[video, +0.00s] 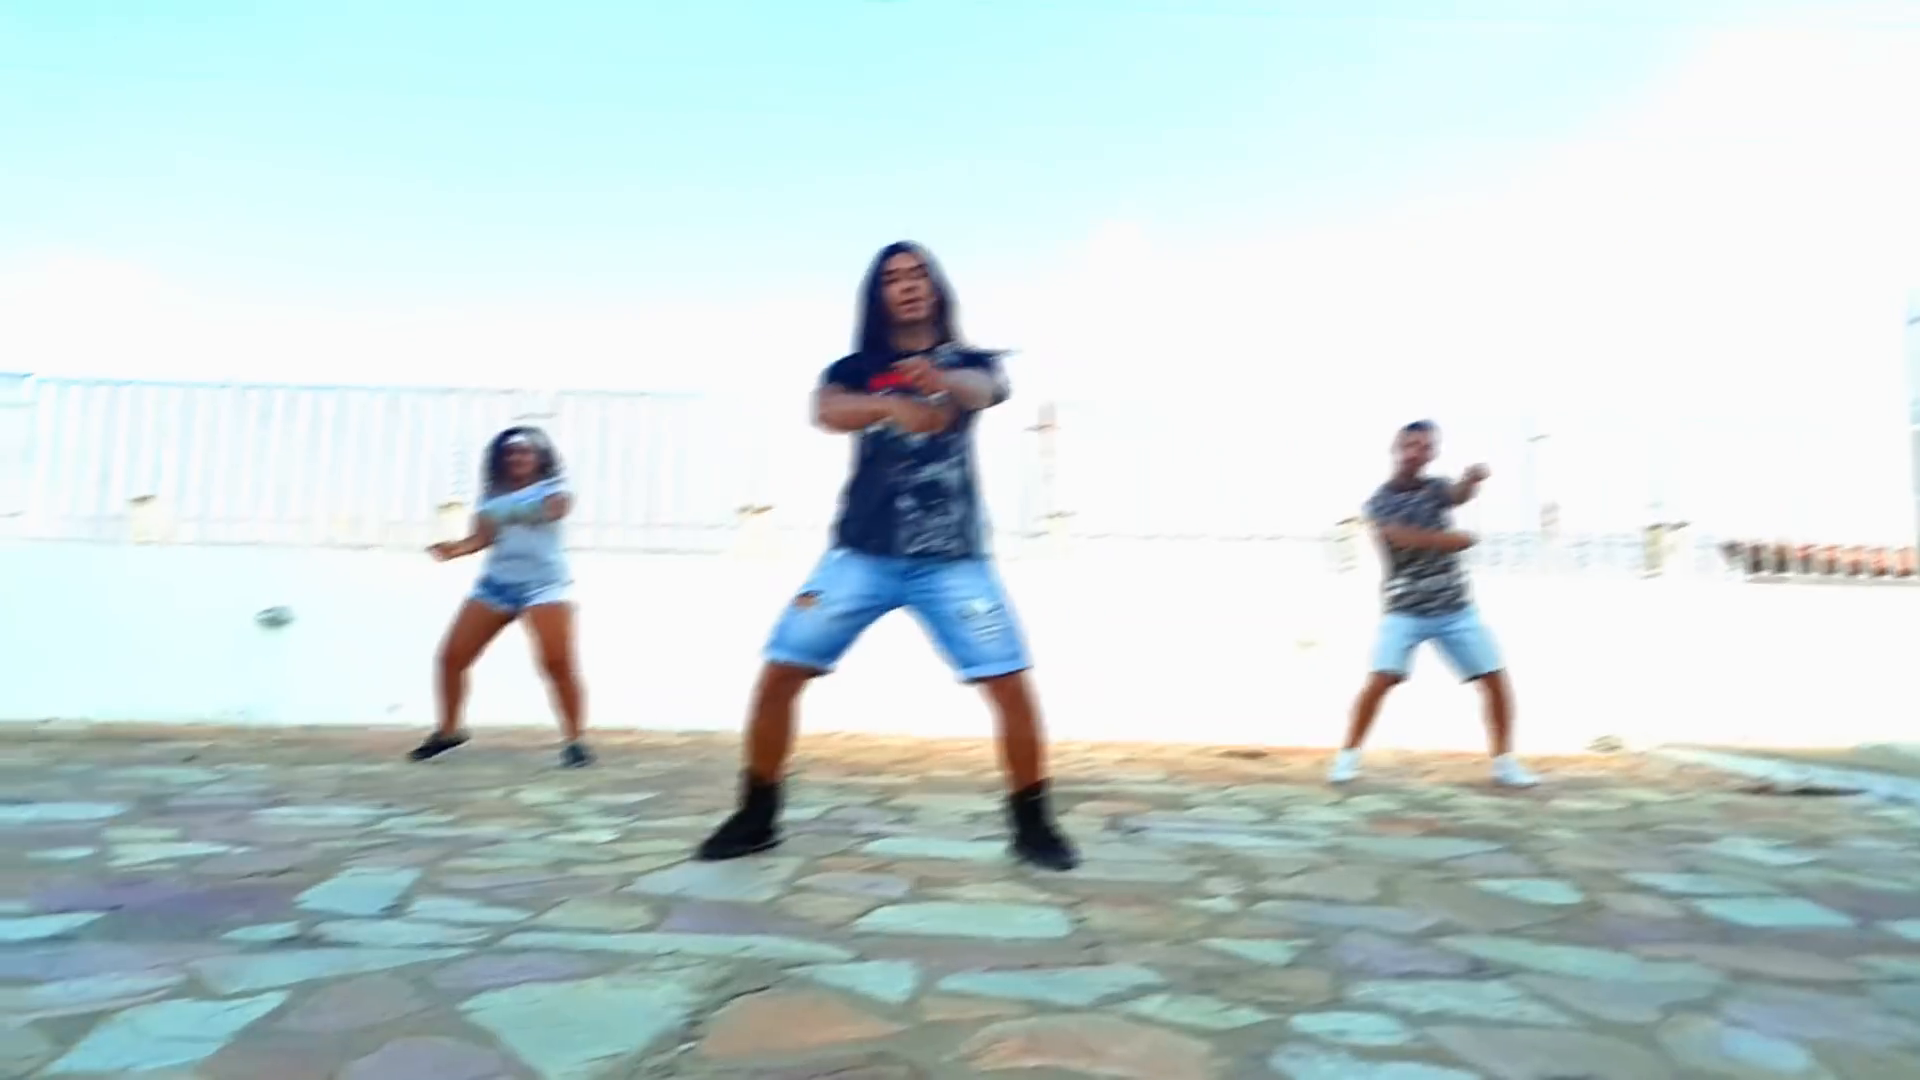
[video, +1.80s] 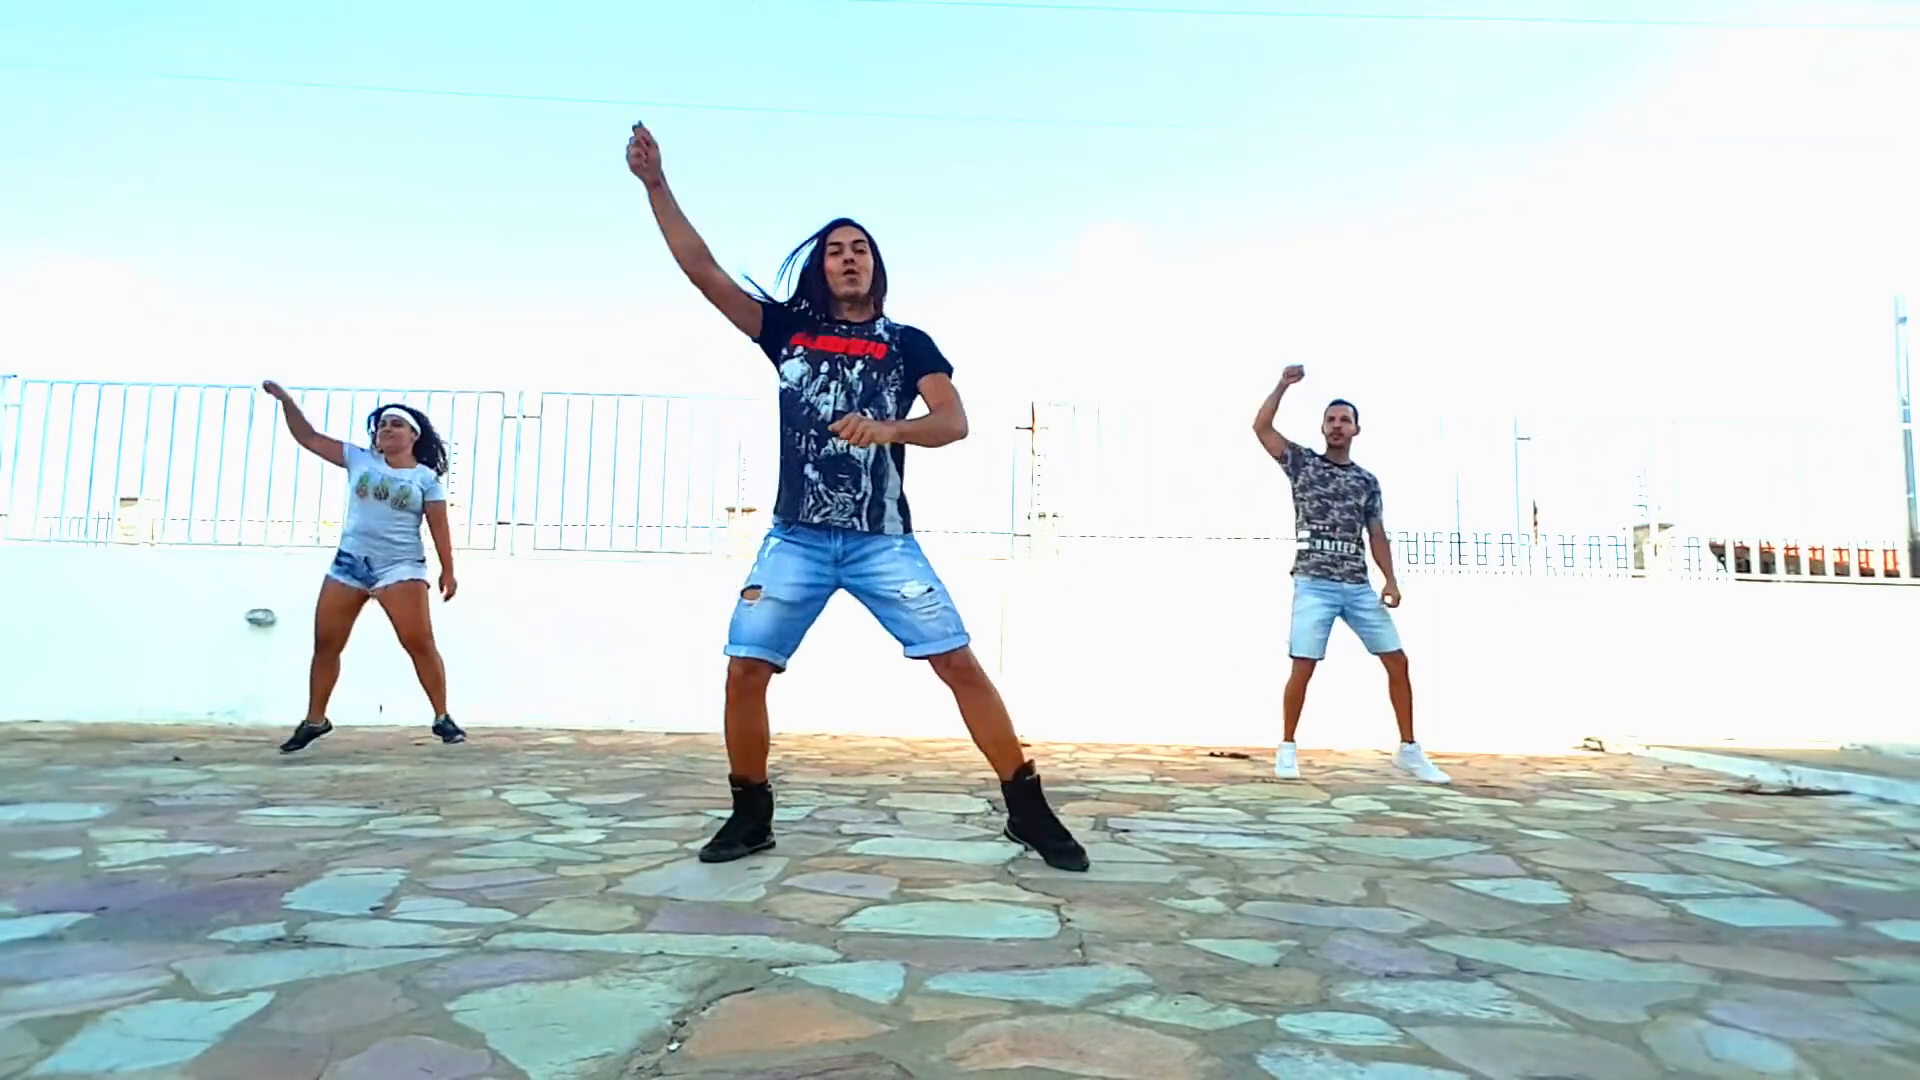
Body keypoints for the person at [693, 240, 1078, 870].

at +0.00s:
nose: (909, 288)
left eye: (918, 276)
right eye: (895, 280)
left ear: (938, 287)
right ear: (876, 298)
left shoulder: (969, 362)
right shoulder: (854, 369)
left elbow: (989, 388)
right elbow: (826, 411)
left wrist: (944, 380)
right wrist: (892, 408)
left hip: (953, 561)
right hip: (862, 558)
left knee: (1011, 684)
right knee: (779, 673)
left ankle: (1033, 824)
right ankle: (755, 816)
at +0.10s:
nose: (877, 284)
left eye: (885, 272)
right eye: (863, 276)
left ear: (904, 283)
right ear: (848, 291)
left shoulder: (933, 358)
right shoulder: (822, 358)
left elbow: (963, 398)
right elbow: (778, 403)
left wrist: (925, 396)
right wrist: (816, 382)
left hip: (916, 551)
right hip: (828, 548)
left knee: (981, 674)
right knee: (760, 670)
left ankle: (1019, 820)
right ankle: (744, 820)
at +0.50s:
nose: (787, 280)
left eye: (796, 269)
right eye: (773, 273)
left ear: (814, 283)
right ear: (757, 291)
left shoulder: (839, 355)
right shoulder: (732, 363)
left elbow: (870, 393)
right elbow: (721, 414)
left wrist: (842, 359)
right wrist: (772, 387)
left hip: (828, 557)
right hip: (737, 552)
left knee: (887, 678)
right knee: (660, 672)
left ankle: (924, 812)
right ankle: (642, 813)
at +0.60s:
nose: (767, 246)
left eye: (776, 236)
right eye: (753, 239)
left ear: (794, 251)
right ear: (736, 257)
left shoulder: (826, 326)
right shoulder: (716, 326)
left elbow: (868, 375)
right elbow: (696, 399)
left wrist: (850, 351)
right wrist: (689, 343)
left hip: (811, 519)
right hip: (723, 519)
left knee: (871, 643)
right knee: (660, 648)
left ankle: (925, 789)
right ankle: (636, 796)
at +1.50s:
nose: (773, 244)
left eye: (783, 236)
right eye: (760, 238)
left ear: (801, 256)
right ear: (742, 259)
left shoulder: (838, 321)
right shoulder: (713, 327)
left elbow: (864, 373)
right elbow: (613, 343)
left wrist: (807, 376)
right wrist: (648, 265)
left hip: (808, 525)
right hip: (718, 522)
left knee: (868, 653)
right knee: (659, 655)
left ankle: (912, 802)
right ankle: (615, 806)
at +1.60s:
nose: (800, 215)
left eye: (810, 208)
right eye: (787, 210)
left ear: (830, 226)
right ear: (769, 231)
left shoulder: (861, 306)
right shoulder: (738, 284)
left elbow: (881, 375)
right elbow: (628, 277)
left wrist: (835, 377)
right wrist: (620, 212)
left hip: (842, 495)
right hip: (756, 493)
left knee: (897, 631)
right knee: (687, 622)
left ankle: (948, 781)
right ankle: (657, 785)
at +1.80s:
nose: (847, 258)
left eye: (859, 249)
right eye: (834, 251)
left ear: (877, 267)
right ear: (818, 270)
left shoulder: (907, 342)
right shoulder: (786, 328)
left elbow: (954, 422)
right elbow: (701, 268)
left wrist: (888, 430)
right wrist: (655, 184)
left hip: (884, 541)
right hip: (796, 538)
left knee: (958, 662)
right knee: (743, 670)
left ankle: (1028, 806)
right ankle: (750, 812)